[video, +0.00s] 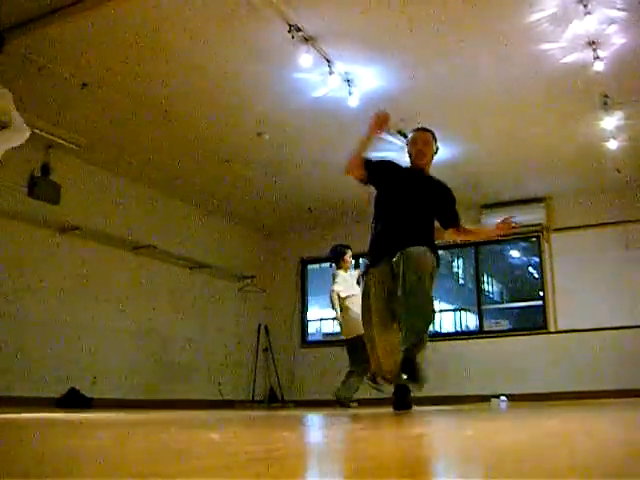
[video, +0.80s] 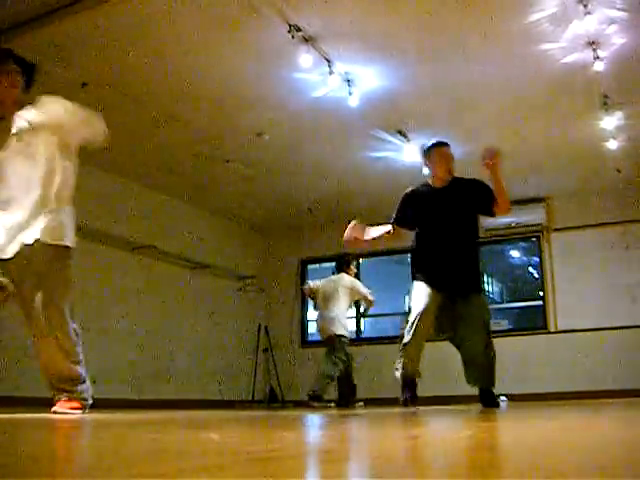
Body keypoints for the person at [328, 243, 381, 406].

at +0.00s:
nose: (351, 260)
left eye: (351, 256)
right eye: (348, 257)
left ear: (348, 259)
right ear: (340, 260)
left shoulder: (349, 275)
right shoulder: (340, 276)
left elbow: (355, 275)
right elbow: (334, 292)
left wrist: (360, 270)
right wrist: (337, 311)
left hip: (354, 325)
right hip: (355, 325)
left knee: (359, 365)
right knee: (362, 364)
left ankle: (346, 394)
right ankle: (345, 393)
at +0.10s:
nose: (356, 263)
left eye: (356, 260)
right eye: (353, 260)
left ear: (352, 262)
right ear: (345, 263)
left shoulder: (354, 277)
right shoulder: (346, 278)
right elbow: (338, 295)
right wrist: (330, 311)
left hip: (367, 323)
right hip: (361, 324)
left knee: (373, 360)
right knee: (373, 359)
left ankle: (355, 388)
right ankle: (354, 388)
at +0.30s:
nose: (364, 262)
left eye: (362, 259)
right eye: (361, 259)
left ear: (350, 263)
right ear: (357, 262)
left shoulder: (358, 279)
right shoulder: (355, 282)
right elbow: (364, 312)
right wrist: (373, 331)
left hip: (371, 327)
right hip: (369, 329)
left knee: (379, 363)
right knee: (380, 363)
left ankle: (363, 393)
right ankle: (363, 393)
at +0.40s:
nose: (366, 259)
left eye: (365, 256)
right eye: (363, 256)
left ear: (351, 259)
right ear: (357, 258)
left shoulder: (346, 276)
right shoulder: (360, 270)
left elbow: (345, 298)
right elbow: (356, 287)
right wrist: (371, 304)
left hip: (352, 320)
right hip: (364, 319)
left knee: (365, 359)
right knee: (369, 359)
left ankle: (356, 392)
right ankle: (357, 393)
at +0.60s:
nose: (366, 269)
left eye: (365, 266)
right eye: (364, 266)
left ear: (349, 269)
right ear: (358, 269)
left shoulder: (340, 287)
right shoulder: (359, 283)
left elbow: (327, 307)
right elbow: (375, 301)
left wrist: (328, 320)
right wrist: (385, 305)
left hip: (334, 330)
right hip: (350, 325)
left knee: (351, 365)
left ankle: (348, 398)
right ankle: (350, 358)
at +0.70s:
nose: (362, 271)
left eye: (362, 268)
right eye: (359, 267)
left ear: (344, 269)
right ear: (353, 268)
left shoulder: (331, 285)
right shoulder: (356, 285)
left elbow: (309, 290)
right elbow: (377, 300)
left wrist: (318, 306)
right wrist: (364, 301)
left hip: (331, 334)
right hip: (349, 332)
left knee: (345, 366)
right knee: (354, 363)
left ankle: (347, 399)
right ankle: (330, 382)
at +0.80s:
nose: (355, 270)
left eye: (355, 267)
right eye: (354, 267)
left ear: (338, 268)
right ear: (348, 268)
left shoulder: (326, 281)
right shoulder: (350, 281)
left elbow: (307, 287)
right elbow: (369, 298)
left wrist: (316, 300)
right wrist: (366, 308)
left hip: (322, 323)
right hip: (337, 323)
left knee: (345, 360)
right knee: (335, 361)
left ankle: (346, 396)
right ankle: (317, 393)